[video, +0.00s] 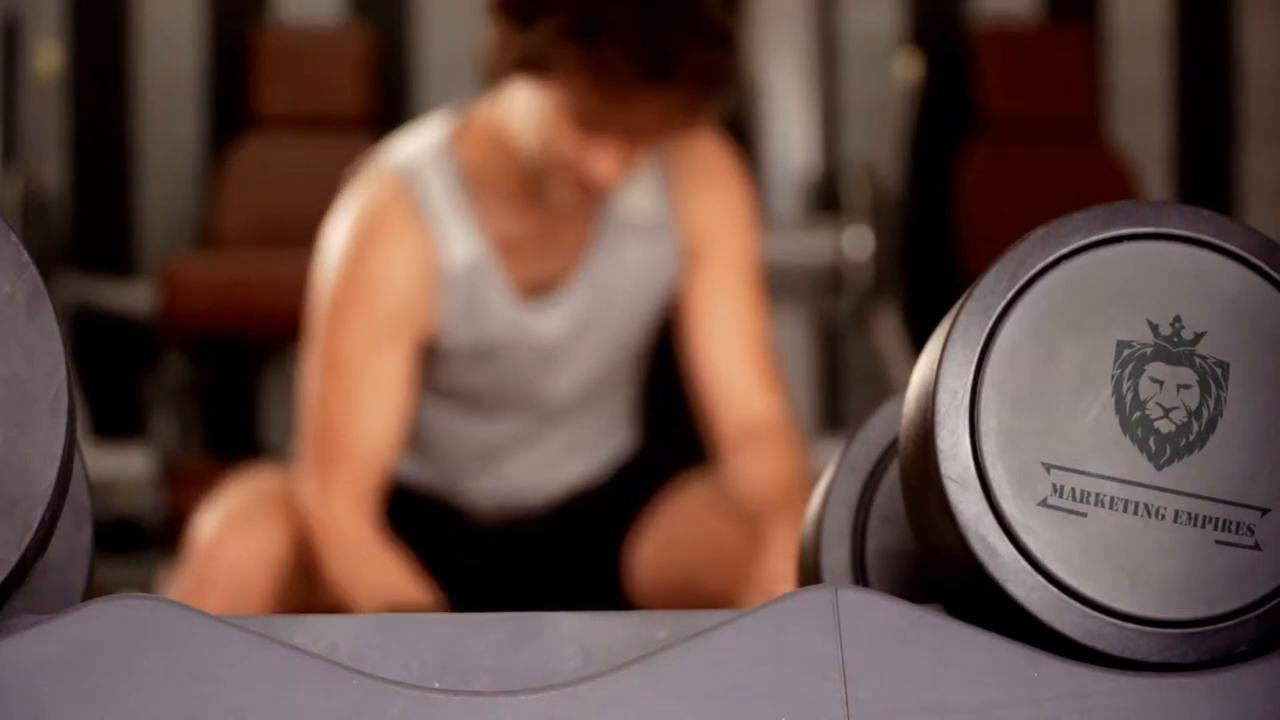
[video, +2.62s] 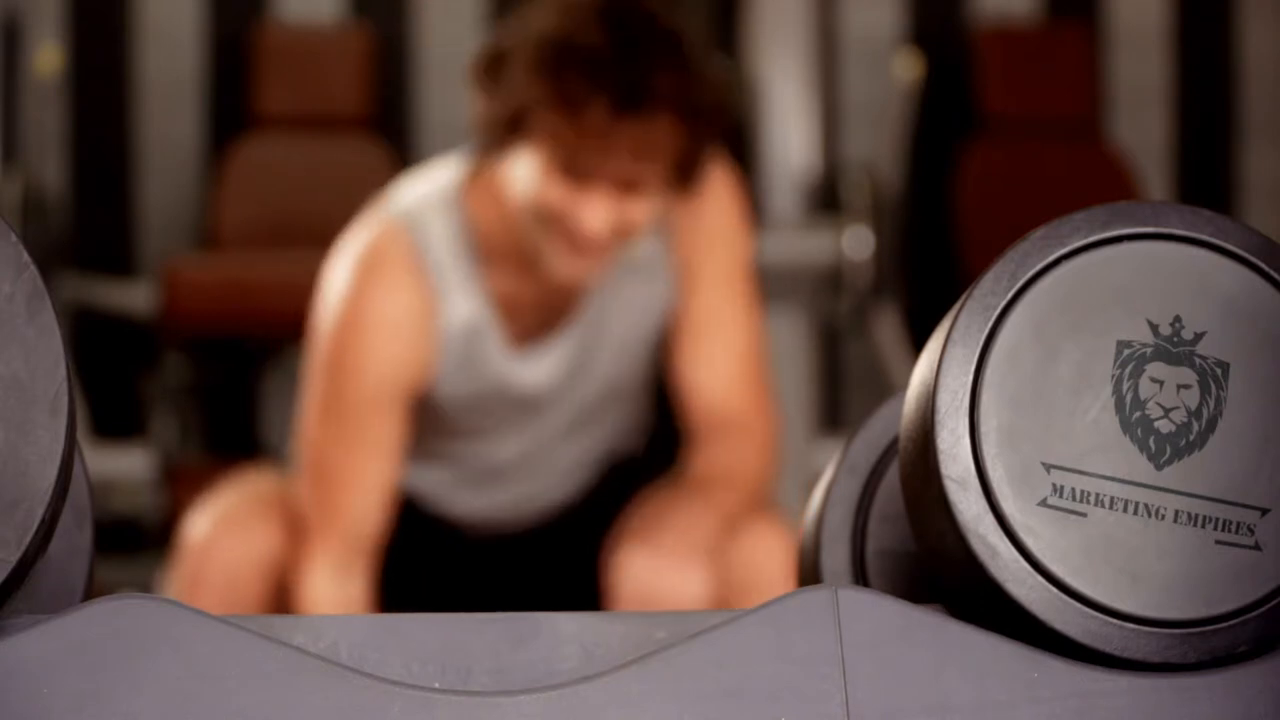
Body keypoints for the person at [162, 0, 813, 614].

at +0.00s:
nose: (611, 168)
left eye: (645, 137)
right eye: (591, 127)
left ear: (676, 110)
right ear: (524, 67)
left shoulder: (696, 170)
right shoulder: (393, 210)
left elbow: (753, 428)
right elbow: (337, 510)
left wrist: (790, 570)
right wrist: (457, 668)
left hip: (601, 521)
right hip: (418, 529)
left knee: (792, 540)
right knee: (241, 526)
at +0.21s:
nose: (606, 154)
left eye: (638, 123)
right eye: (583, 113)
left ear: (674, 101)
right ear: (520, 52)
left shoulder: (692, 171)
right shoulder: (377, 205)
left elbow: (756, 428)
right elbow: (343, 494)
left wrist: (783, 579)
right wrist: (488, 561)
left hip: (603, 533)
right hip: (414, 533)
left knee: (795, 517)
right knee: (248, 527)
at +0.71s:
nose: (573, 153)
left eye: (604, 120)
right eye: (547, 112)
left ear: (636, 98)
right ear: (476, 61)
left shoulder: (661, 171)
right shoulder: (314, 217)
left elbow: (746, 422)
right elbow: (346, 502)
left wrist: (789, 596)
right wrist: (494, 455)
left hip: (598, 525)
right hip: (399, 535)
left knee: (784, 541)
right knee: (250, 536)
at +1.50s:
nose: (582, 137)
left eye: (614, 105)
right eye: (558, 96)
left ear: (652, 82)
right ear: (495, 46)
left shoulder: (680, 166)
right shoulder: (346, 212)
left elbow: (750, 423)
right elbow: (349, 496)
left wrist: (778, 578)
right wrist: (577, 530)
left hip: (599, 542)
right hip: (412, 544)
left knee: (789, 517)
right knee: (243, 522)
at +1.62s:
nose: (583, 137)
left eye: (615, 105)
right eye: (559, 96)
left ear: (655, 85)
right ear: (495, 47)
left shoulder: (687, 169)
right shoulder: (356, 216)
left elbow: (749, 424)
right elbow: (343, 512)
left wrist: (774, 575)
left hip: (606, 513)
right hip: (418, 522)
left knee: (793, 538)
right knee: (238, 532)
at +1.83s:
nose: (588, 146)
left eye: (621, 115)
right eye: (564, 105)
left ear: (662, 94)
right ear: (502, 53)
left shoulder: (692, 172)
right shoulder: (372, 224)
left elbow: (752, 428)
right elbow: (346, 529)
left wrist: (772, 580)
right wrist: (415, 700)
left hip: (600, 523)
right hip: (416, 530)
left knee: (786, 534)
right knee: (242, 531)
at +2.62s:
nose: (596, 220)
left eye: (631, 188)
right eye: (570, 176)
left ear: (676, 177)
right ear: (508, 136)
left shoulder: (696, 188)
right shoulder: (388, 263)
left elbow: (734, 441)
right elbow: (338, 554)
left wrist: (666, 550)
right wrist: (346, 717)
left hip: (595, 523)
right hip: (408, 530)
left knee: (756, 555)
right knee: (228, 537)